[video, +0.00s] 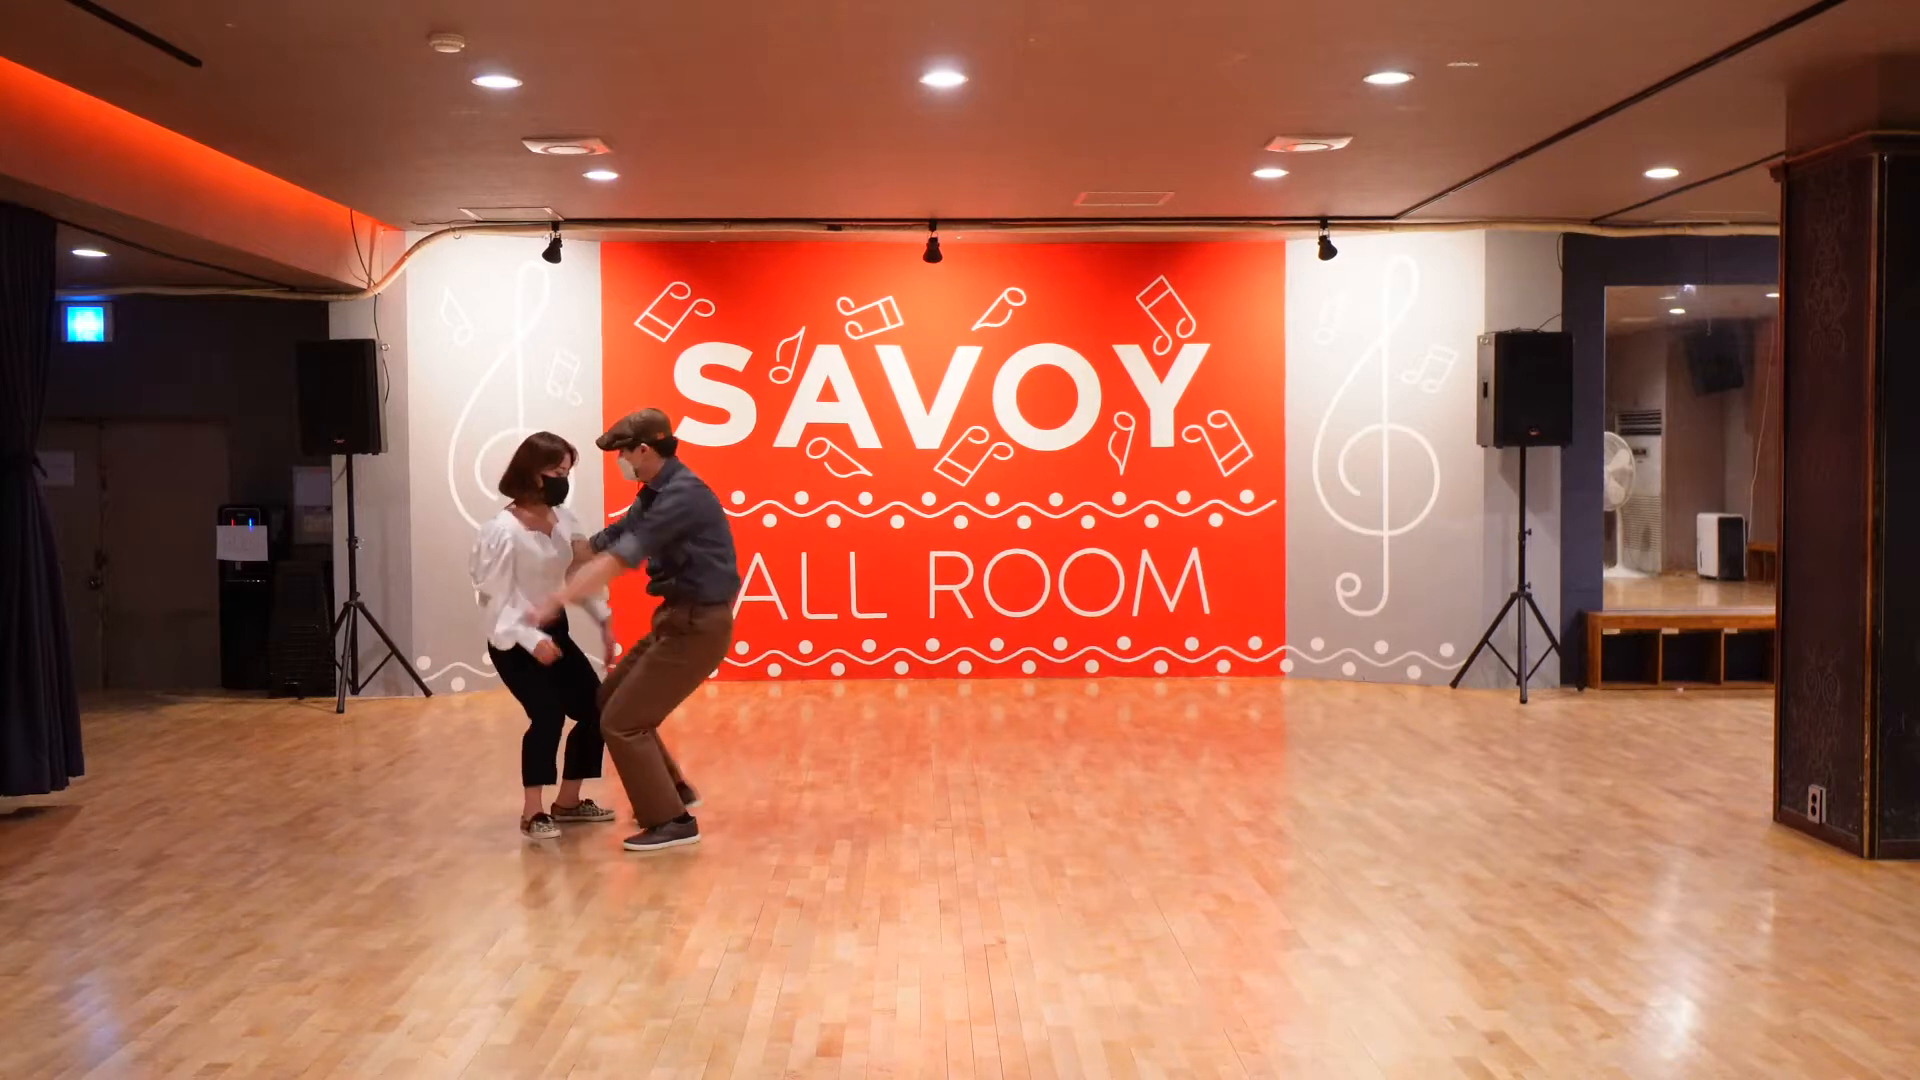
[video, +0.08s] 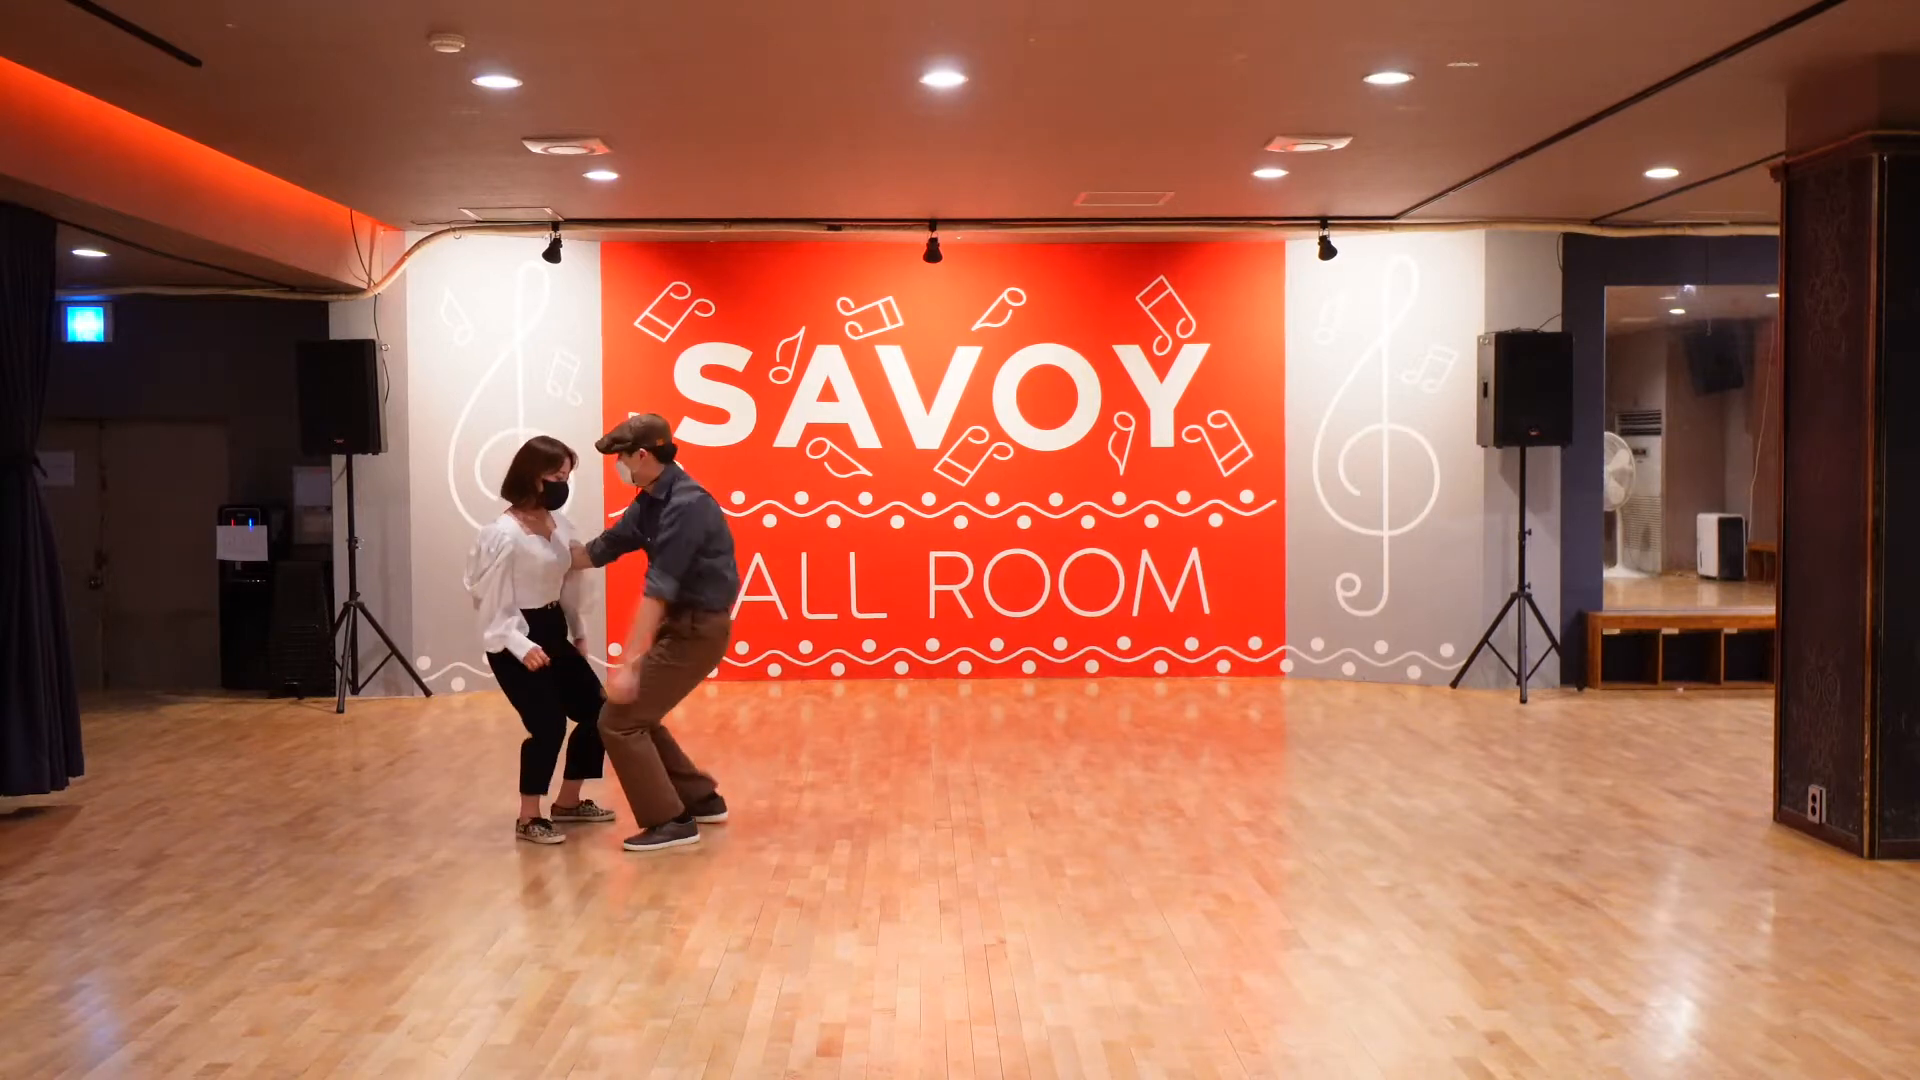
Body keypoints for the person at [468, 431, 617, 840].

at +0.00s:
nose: (565, 480)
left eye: (568, 472)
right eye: (559, 472)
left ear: (566, 473)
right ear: (536, 475)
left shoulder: (563, 521)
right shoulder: (502, 532)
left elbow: (581, 579)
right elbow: (495, 601)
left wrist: (605, 624)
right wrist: (531, 639)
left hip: (552, 629)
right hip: (512, 638)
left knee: (593, 704)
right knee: (548, 712)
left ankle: (568, 802)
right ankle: (533, 813)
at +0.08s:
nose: (565, 483)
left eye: (567, 475)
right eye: (558, 476)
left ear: (564, 475)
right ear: (536, 477)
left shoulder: (560, 526)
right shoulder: (502, 534)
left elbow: (570, 587)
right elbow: (493, 608)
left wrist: (577, 634)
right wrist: (522, 646)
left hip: (551, 630)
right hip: (512, 637)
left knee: (596, 708)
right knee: (548, 723)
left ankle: (569, 801)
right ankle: (528, 818)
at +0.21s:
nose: (568, 490)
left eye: (569, 482)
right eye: (562, 482)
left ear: (540, 486)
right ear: (539, 486)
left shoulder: (553, 529)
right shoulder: (502, 539)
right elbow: (490, 614)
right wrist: (533, 630)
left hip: (539, 637)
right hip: (501, 647)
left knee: (603, 689)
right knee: (551, 725)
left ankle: (582, 783)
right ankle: (530, 819)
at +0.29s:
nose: (564, 497)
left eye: (566, 489)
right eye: (558, 490)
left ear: (541, 492)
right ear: (535, 492)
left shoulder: (545, 530)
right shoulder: (499, 543)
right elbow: (494, 614)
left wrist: (605, 523)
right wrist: (550, 601)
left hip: (535, 641)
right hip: (499, 650)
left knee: (599, 686)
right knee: (545, 725)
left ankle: (609, 781)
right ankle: (529, 819)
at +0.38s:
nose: (560, 505)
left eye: (562, 497)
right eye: (555, 498)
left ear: (534, 496)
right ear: (532, 497)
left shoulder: (540, 532)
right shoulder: (500, 546)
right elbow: (517, 603)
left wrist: (572, 551)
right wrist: (566, 568)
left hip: (533, 644)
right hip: (499, 651)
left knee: (583, 713)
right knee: (541, 729)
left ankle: (629, 787)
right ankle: (529, 820)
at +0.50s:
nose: (560, 508)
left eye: (562, 500)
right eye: (555, 501)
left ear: (526, 499)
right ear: (534, 502)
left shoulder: (533, 534)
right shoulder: (502, 556)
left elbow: (559, 546)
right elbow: (543, 580)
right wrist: (587, 550)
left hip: (529, 647)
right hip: (495, 654)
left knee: (578, 716)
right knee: (540, 727)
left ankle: (623, 783)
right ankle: (529, 820)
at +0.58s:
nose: (564, 509)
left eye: (565, 500)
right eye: (559, 501)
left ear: (534, 500)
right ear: (538, 502)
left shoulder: (539, 536)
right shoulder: (500, 549)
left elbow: (527, 573)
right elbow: (543, 587)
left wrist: (487, 592)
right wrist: (594, 571)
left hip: (527, 643)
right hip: (492, 649)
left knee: (587, 698)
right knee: (539, 726)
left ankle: (609, 799)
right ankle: (529, 819)